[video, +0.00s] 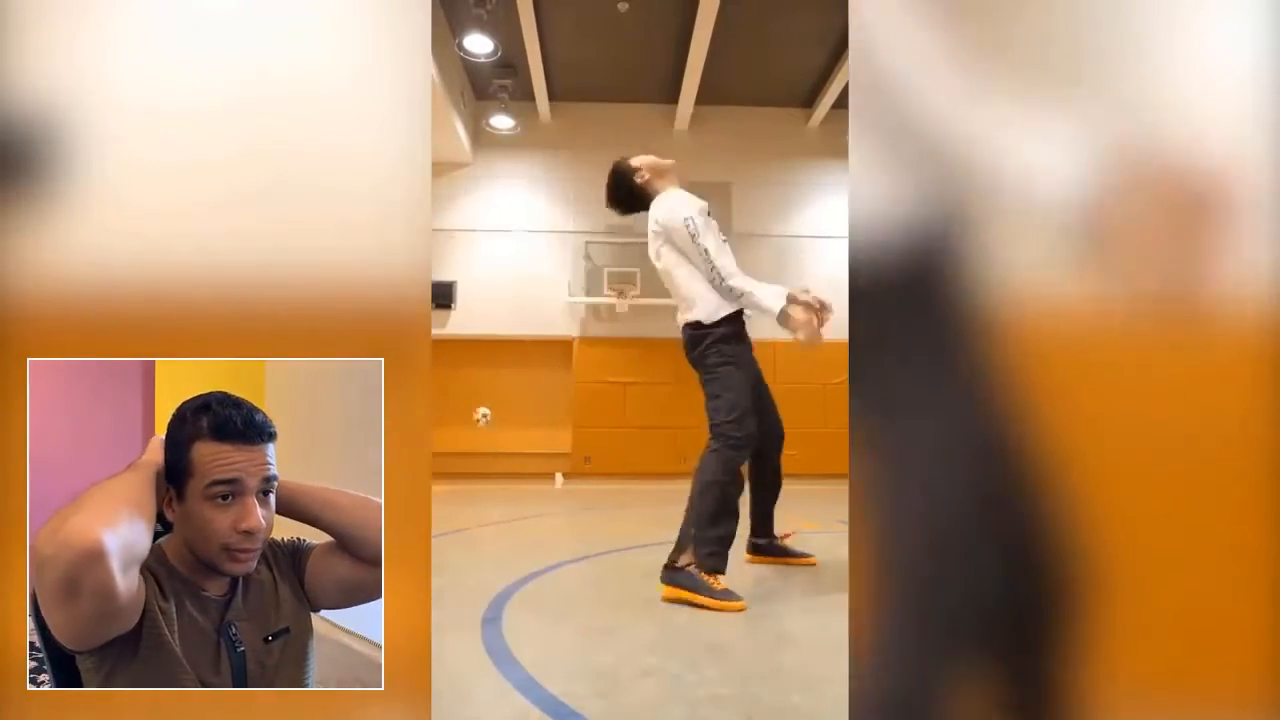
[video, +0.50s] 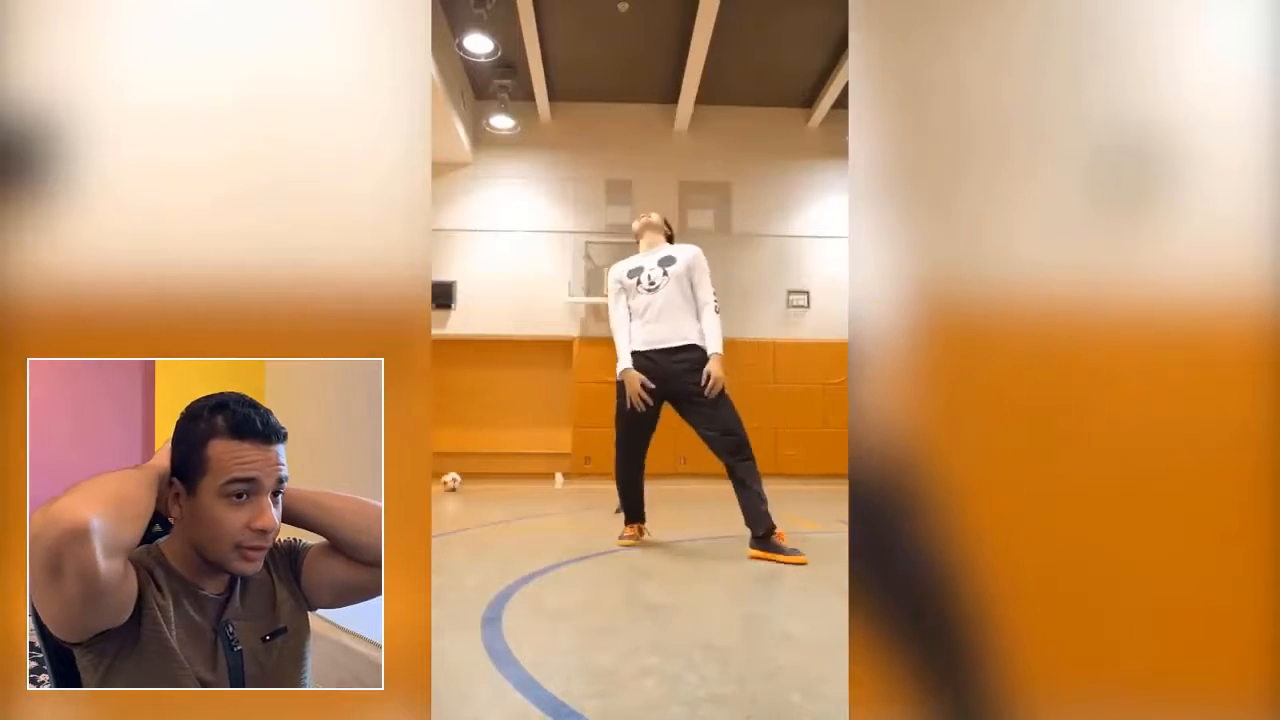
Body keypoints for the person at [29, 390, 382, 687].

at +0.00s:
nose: (254, 523)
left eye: (264, 493)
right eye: (223, 497)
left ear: (270, 492)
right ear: (170, 503)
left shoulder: (285, 573)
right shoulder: (121, 602)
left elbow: (398, 550)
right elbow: (80, 549)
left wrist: (265, 490)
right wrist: (148, 471)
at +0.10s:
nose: (257, 523)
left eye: (266, 493)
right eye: (225, 497)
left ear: (272, 494)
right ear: (171, 503)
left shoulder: (286, 574)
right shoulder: (121, 602)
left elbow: (400, 554)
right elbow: (79, 547)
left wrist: (268, 493)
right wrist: (149, 473)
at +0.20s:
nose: (259, 523)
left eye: (268, 494)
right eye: (227, 496)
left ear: (273, 495)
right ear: (173, 503)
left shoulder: (286, 574)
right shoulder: (121, 601)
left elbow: (400, 555)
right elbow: (81, 545)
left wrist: (268, 493)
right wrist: (151, 473)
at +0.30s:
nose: (261, 522)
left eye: (269, 493)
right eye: (229, 495)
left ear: (274, 494)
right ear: (173, 503)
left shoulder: (285, 574)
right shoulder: (121, 598)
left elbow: (399, 553)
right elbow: (78, 542)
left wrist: (268, 494)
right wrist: (153, 472)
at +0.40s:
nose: (263, 521)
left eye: (272, 493)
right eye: (233, 494)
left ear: (275, 492)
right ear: (174, 502)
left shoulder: (284, 574)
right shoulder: (120, 597)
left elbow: (398, 552)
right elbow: (75, 539)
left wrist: (268, 495)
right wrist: (153, 471)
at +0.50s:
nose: (267, 522)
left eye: (276, 494)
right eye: (239, 495)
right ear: (177, 501)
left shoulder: (283, 573)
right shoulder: (117, 598)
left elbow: (397, 551)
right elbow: (72, 534)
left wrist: (270, 494)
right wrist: (156, 473)